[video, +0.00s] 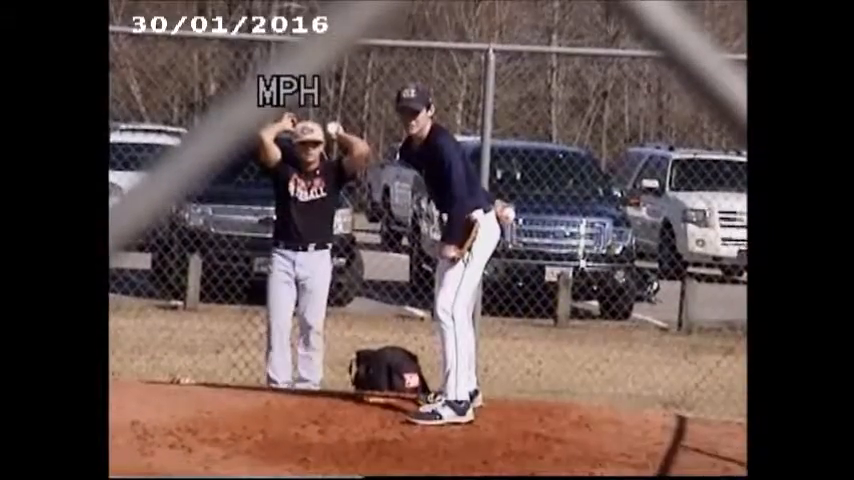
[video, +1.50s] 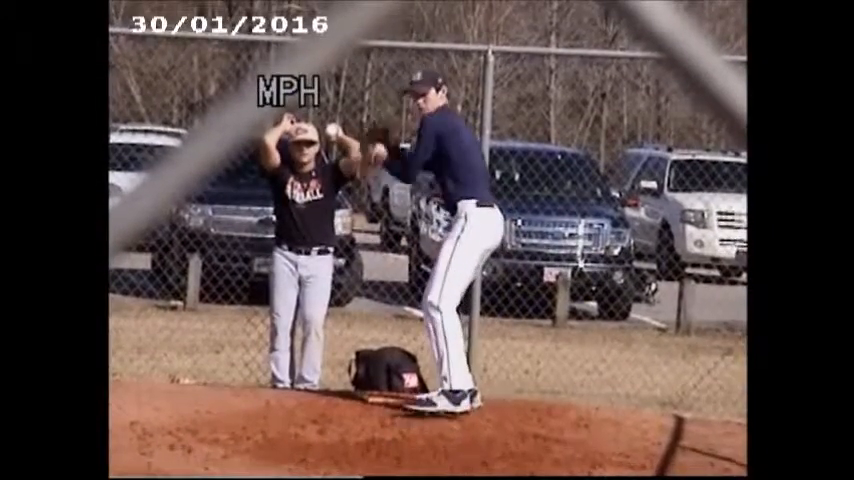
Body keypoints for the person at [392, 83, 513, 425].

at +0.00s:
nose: (411, 120)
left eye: (416, 113)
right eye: (405, 114)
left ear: (430, 112)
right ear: (400, 116)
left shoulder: (443, 143)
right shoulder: (411, 147)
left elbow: (459, 195)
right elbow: (444, 183)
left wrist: (450, 240)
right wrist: (491, 204)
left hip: (477, 221)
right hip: (460, 220)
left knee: (447, 307)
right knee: (457, 309)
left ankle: (456, 398)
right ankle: (466, 388)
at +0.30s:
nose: (408, 122)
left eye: (414, 115)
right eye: (402, 116)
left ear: (428, 114)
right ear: (397, 117)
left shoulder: (442, 147)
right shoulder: (410, 149)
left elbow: (460, 200)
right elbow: (441, 184)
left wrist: (450, 241)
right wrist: (490, 205)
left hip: (475, 223)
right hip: (458, 221)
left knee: (445, 309)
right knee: (456, 310)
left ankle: (455, 399)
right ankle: (465, 390)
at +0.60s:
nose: (406, 121)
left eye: (412, 114)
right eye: (401, 115)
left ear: (426, 114)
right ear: (395, 117)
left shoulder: (440, 146)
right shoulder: (409, 149)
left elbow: (463, 199)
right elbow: (438, 182)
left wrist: (454, 240)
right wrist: (488, 203)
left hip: (474, 223)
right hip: (456, 223)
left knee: (445, 309)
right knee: (458, 311)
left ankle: (456, 398)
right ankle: (466, 389)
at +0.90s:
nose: (397, 120)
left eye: (403, 113)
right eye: (392, 115)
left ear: (418, 111)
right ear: (389, 118)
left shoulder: (432, 141)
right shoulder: (411, 149)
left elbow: (460, 185)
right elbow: (455, 186)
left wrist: (444, 228)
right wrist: (493, 211)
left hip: (477, 224)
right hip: (459, 226)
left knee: (447, 310)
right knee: (444, 310)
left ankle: (456, 400)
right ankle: (463, 389)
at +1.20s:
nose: (401, 119)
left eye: (406, 112)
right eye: (397, 114)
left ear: (424, 109)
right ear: (397, 117)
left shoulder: (429, 140)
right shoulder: (425, 141)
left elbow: (439, 190)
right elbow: (436, 193)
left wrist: (411, 227)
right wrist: (412, 232)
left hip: (479, 228)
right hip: (466, 229)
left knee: (447, 311)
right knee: (430, 312)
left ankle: (456, 400)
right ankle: (462, 390)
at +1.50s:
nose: (416, 102)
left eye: (421, 95)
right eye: (414, 97)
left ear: (442, 92)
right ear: (437, 96)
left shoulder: (433, 122)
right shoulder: (450, 120)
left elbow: (409, 172)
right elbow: (424, 167)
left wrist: (386, 158)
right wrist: (393, 153)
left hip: (473, 217)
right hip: (482, 216)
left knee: (439, 302)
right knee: (439, 302)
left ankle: (456, 389)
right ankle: (460, 386)